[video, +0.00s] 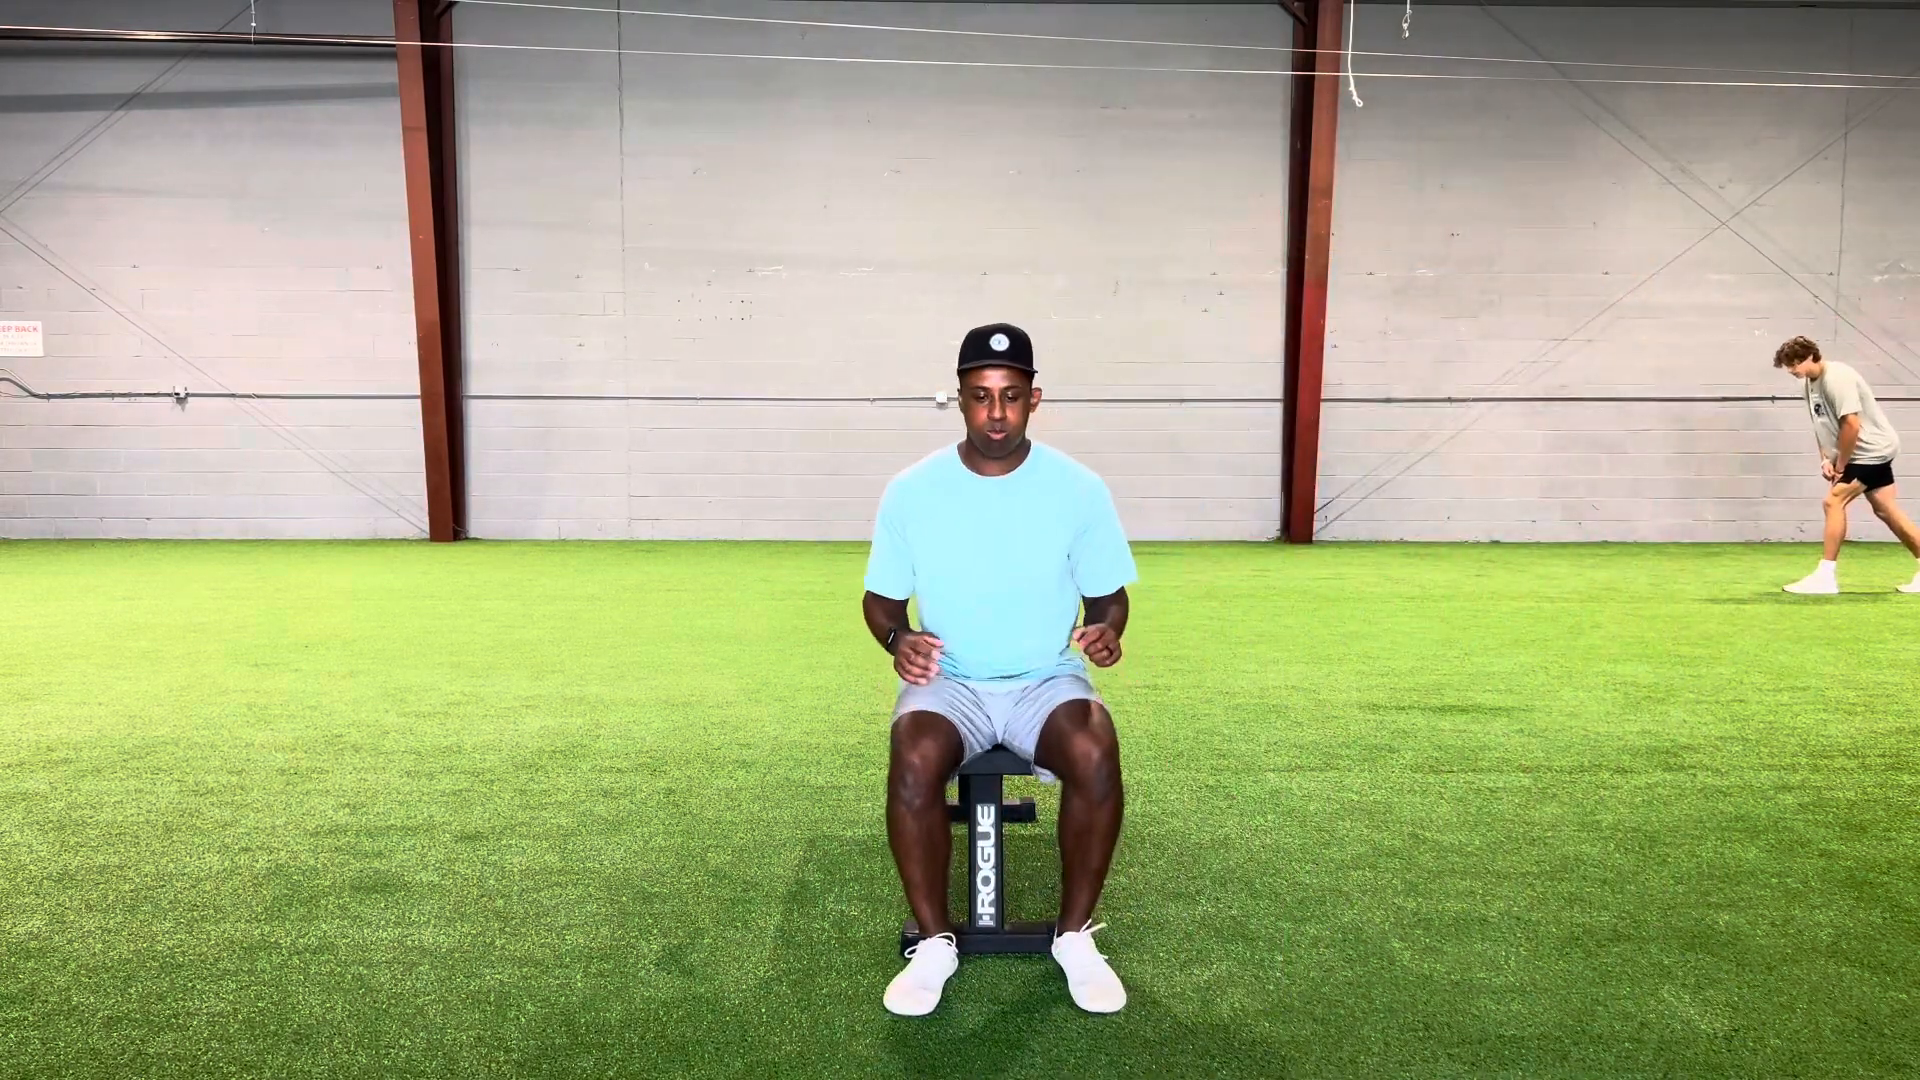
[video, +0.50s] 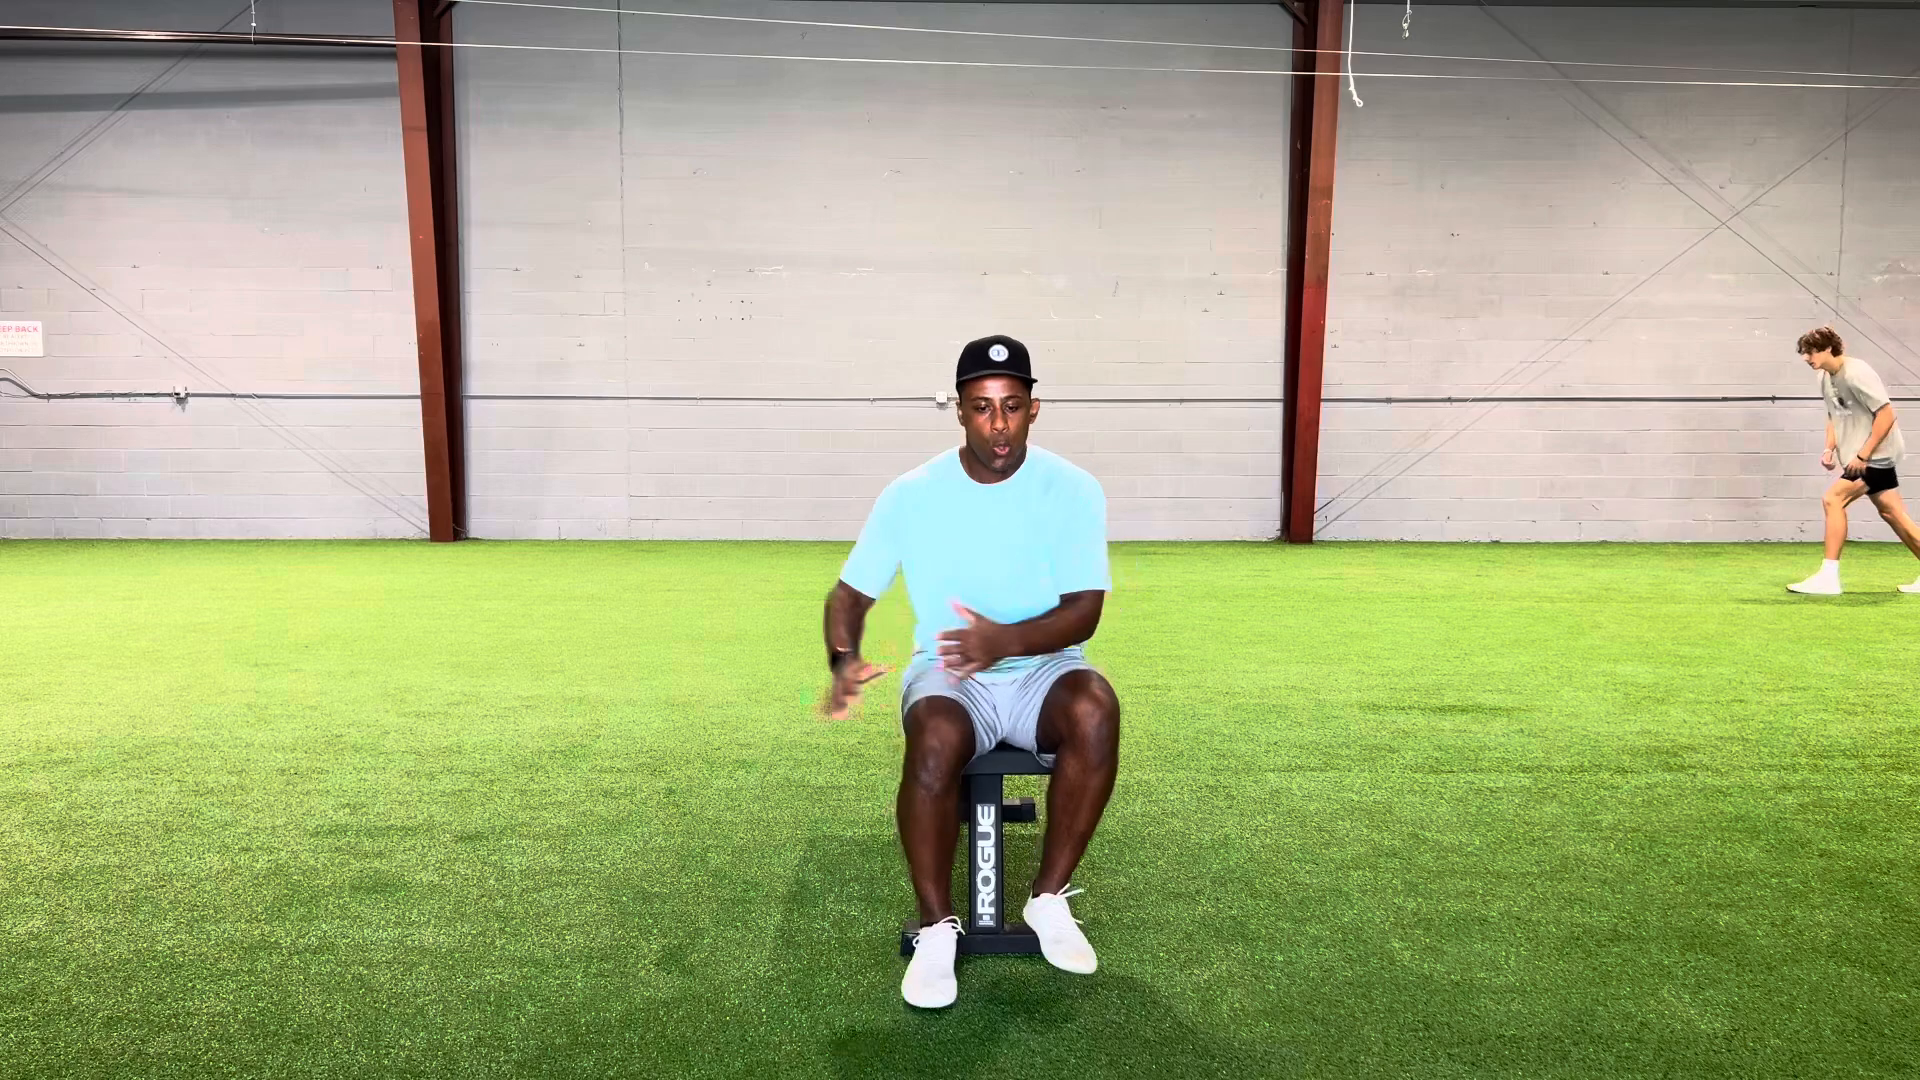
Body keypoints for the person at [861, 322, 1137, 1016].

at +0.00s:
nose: (996, 412)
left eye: (1012, 396)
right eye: (981, 397)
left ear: (1033, 401)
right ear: (960, 402)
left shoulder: (1078, 490)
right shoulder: (911, 493)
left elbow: (1108, 590)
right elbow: (880, 599)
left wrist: (1106, 629)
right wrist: (897, 639)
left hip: (1047, 682)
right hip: (946, 684)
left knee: (1094, 751)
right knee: (913, 760)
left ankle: (1074, 935)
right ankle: (934, 940)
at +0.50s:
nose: (998, 426)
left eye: (1012, 408)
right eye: (982, 409)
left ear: (1033, 410)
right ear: (959, 412)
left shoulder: (1074, 492)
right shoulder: (909, 497)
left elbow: (1084, 614)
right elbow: (848, 596)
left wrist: (1009, 639)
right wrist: (844, 656)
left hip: (1042, 673)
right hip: (946, 675)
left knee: (1095, 707)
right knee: (935, 741)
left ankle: (1050, 896)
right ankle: (935, 926)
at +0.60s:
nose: (999, 434)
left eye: (1013, 417)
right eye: (983, 418)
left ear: (1036, 419)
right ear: (960, 419)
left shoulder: (1067, 497)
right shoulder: (907, 486)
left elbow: (1037, 624)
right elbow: (800, 532)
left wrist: (919, 608)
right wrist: (752, 605)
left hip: (1047, 671)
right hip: (951, 668)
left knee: (1110, 715)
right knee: (945, 749)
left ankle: (1058, 893)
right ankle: (945, 935)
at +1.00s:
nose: (1071, 365)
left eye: (1085, 346)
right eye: (1050, 347)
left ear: (1104, 356)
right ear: (1021, 359)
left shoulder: (1134, 451)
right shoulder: (962, 440)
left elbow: (1087, 593)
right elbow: (871, 518)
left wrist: (954, 627)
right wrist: (819, 631)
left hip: (1083, 641)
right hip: (982, 637)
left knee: (1127, 773)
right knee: (976, 778)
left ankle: (1022, 909)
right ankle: (948, 944)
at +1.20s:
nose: (1166, 281)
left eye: (1178, 266)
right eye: (1146, 269)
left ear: (1196, 274)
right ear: (1109, 284)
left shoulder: (1250, 348)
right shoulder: (1074, 357)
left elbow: (1371, 378)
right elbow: (1041, 434)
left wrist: (1406, 351)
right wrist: (1164, 373)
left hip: (1189, 599)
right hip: (1070, 606)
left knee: (1311, 682)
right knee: (1008, 762)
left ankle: (1228, 851)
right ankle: (950, 942)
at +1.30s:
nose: (1273, 206)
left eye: (1284, 191)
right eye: (1251, 193)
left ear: (1299, 203)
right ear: (1208, 211)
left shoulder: (1339, 272)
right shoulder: (1172, 271)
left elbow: (1456, 271)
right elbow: (1142, 323)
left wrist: (1520, 234)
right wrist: (1285, 269)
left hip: (1283, 547)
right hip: (1163, 556)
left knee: (1432, 657)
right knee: (1071, 727)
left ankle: (1340, 807)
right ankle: (980, 915)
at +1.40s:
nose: (1365, 169)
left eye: (1373, 154)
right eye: (1343, 155)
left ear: (1383, 167)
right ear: (1298, 171)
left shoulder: (1419, 247)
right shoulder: (1258, 250)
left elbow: (1534, 284)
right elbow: (1248, 342)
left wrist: (1648, 288)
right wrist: (1393, 308)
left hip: (1382, 520)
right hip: (1262, 519)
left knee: (1512, 673)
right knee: (1164, 688)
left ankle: (1491, 835)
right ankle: (1064, 842)